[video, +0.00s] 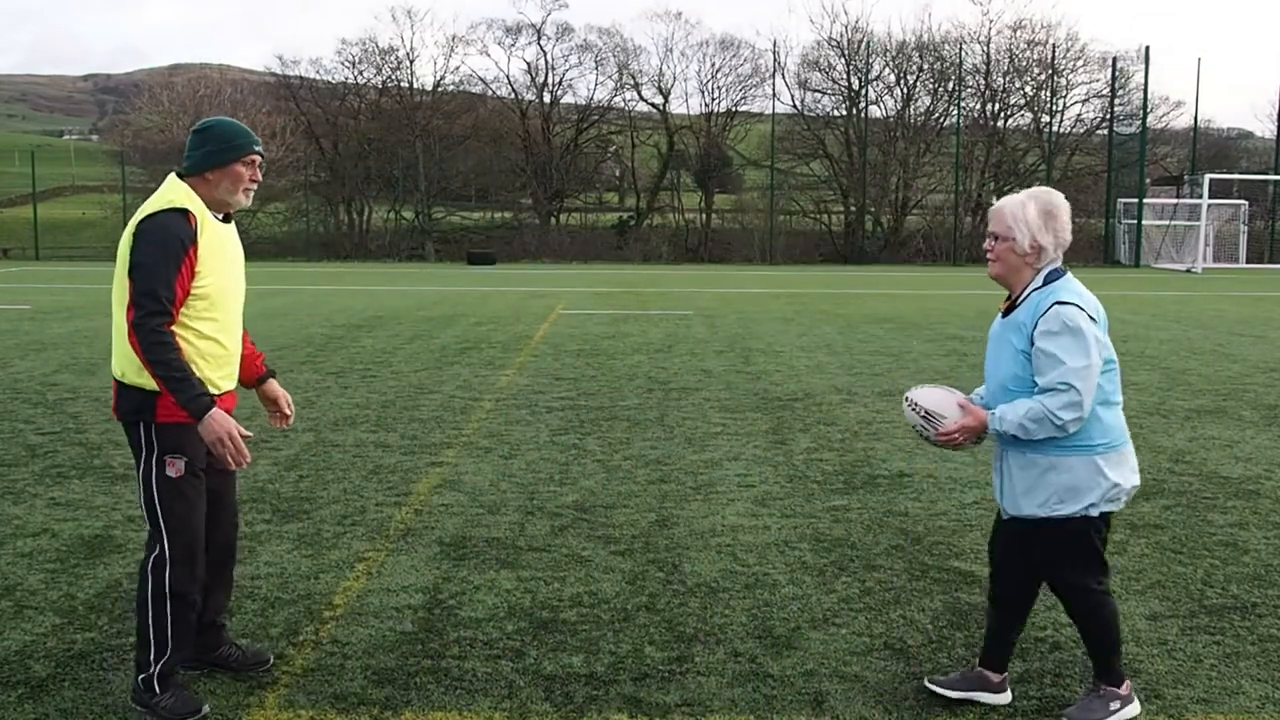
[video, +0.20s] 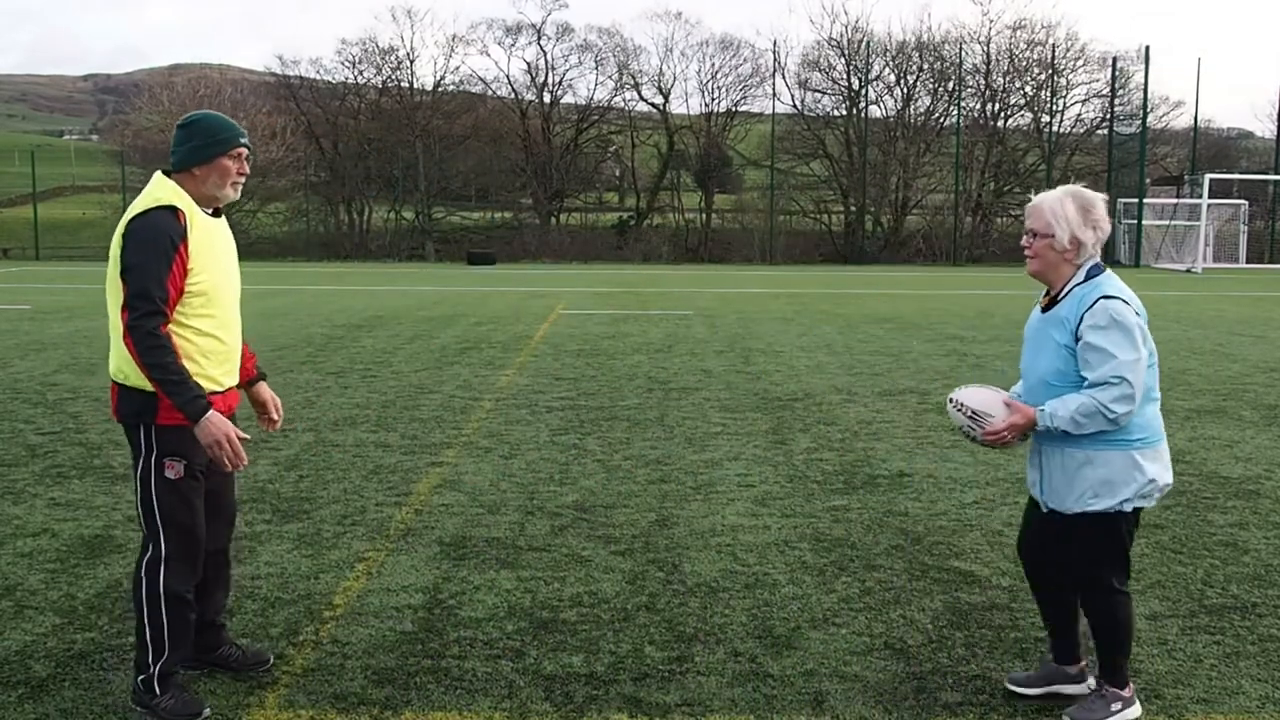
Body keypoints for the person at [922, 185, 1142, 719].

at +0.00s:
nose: (987, 247)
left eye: (998, 238)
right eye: (988, 236)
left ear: (1034, 247)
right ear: (1030, 248)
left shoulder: (1064, 313)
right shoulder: (1021, 307)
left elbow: (1065, 407)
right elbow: (1008, 385)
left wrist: (991, 421)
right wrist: (966, 408)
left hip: (1073, 479)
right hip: (1030, 474)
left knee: (1080, 583)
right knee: (1010, 569)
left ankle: (1113, 688)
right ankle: (991, 674)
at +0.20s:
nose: (1024, 244)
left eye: (1034, 234)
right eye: (1024, 233)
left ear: (1071, 243)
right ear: (1058, 243)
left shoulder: (1107, 308)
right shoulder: (1053, 303)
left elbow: (1115, 399)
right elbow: (1044, 379)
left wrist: (1039, 418)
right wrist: (1005, 409)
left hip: (1108, 472)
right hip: (1063, 467)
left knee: (1101, 577)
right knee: (1039, 552)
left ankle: (1116, 690)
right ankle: (1068, 665)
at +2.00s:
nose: (1029, 253)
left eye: (1037, 243)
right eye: (1027, 243)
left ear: (1073, 243)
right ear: (1052, 246)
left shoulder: (1112, 304)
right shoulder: (1059, 301)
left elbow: (1127, 390)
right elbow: (1052, 379)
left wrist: (1053, 417)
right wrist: (1016, 411)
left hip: (1114, 460)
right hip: (1081, 457)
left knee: (1059, 554)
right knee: (1107, 562)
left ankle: (1076, 673)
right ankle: (1128, 670)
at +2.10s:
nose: (1013, 257)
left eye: (1022, 247)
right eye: (1011, 247)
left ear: (1058, 246)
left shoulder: (1098, 305)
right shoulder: (1041, 304)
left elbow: (1117, 391)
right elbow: (1037, 382)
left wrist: (1041, 418)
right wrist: (1001, 420)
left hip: (1106, 459)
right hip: (1071, 455)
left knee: (1049, 550)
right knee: (1096, 562)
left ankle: (1028, 678)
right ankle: (1129, 669)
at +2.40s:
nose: (947, 265)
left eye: (957, 255)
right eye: (945, 255)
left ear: (993, 257)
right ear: (979, 259)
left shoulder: (1032, 315)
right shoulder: (972, 313)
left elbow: (1048, 405)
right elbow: (964, 390)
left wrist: (973, 430)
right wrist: (929, 426)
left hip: (1036, 470)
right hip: (1001, 467)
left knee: (980, 561)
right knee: (1044, 562)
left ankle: (965, 690)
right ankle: (1114, 653)